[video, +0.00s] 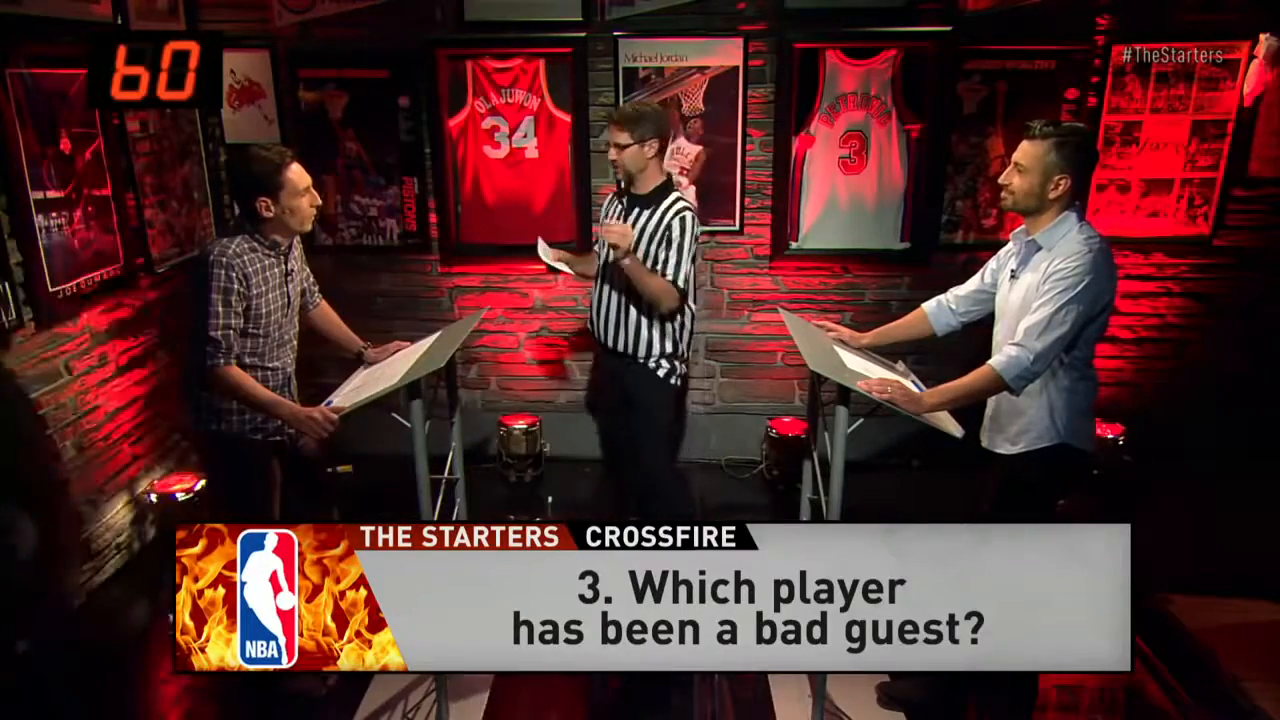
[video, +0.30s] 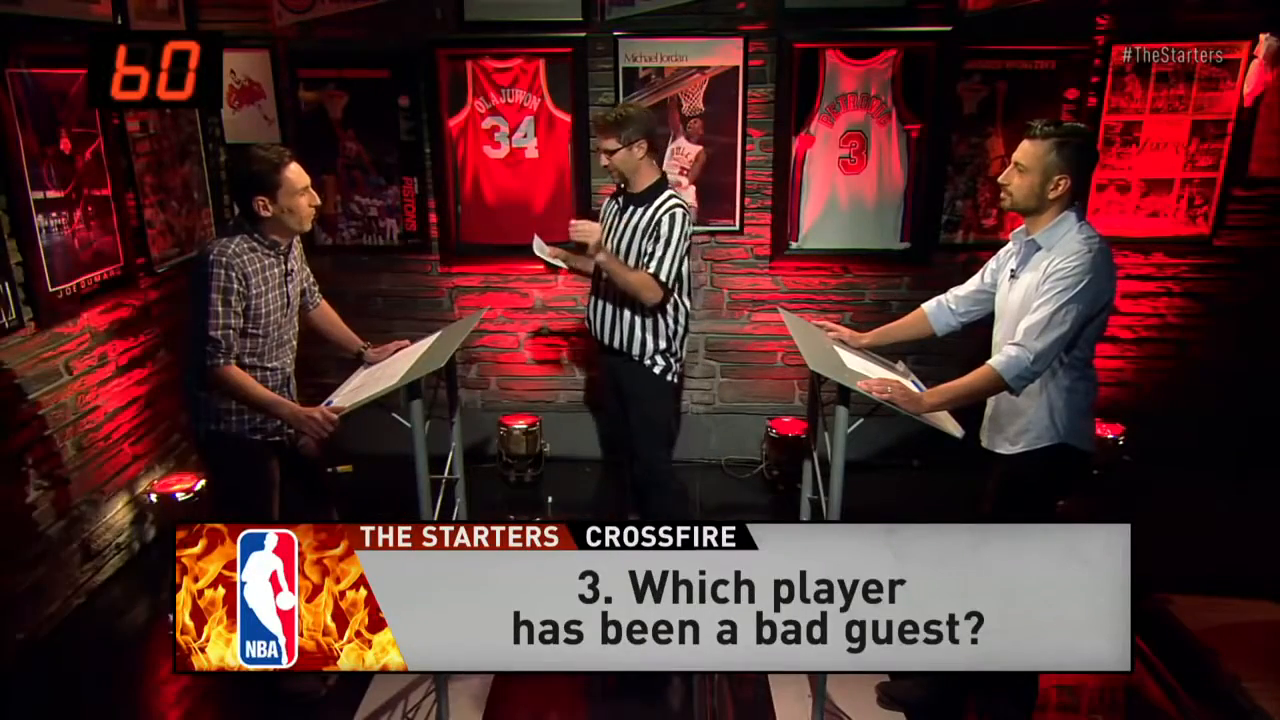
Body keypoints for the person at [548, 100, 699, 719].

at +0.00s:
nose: (612, 157)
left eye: (621, 148)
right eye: (609, 147)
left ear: (654, 148)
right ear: (621, 149)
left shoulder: (677, 214)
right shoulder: (617, 201)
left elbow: (668, 299)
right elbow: (612, 271)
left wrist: (625, 256)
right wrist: (574, 262)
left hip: (654, 373)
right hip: (612, 362)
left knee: (655, 486)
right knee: (618, 481)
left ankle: (674, 570)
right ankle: (629, 563)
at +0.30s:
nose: (603, 162)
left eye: (610, 152)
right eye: (600, 153)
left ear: (640, 148)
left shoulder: (673, 212)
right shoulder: (615, 202)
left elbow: (652, 292)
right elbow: (608, 267)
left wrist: (601, 252)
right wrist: (570, 258)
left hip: (651, 364)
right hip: (610, 355)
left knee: (651, 469)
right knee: (616, 464)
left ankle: (663, 545)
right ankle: (617, 537)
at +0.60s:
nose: (597, 161)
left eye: (605, 151)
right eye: (595, 152)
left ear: (635, 148)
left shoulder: (670, 209)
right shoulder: (609, 202)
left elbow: (657, 290)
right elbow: (603, 269)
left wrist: (603, 254)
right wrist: (568, 261)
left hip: (650, 364)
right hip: (607, 355)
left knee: (651, 469)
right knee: (615, 464)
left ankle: (662, 544)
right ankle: (615, 538)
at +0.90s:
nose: (597, 161)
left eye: (604, 151)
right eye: (594, 151)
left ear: (635, 147)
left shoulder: (671, 209)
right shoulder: (606, 204)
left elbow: (664, 291)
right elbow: (599, 270)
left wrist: (613, 250)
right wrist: (563, 264)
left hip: (651, 366)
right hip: (607, 359)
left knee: (652, 472)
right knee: (613, 467)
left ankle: (661, 547)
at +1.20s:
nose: (606, 149)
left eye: (617, 141)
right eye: (606, 140)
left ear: (649, 148)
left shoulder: (681, 211)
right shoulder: (604, 205)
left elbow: (683, 297)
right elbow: (596, 273)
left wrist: (634, 273)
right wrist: (563, 269)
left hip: (658, 375)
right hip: (609, 368)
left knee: (657, 484)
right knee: (610, 478)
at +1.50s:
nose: (618, 145)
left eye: (630, 139)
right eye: (618, 135)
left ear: (665, 148)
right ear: (626, 142)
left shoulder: (693, 212)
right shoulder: (610, 205)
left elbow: (699, 303)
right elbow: (608, 283)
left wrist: (651, 276)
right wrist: (579, 272)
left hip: (669, 381)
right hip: (617, 373)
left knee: (663, 498)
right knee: (611, 489)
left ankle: (670, 596)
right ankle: (617, 590)